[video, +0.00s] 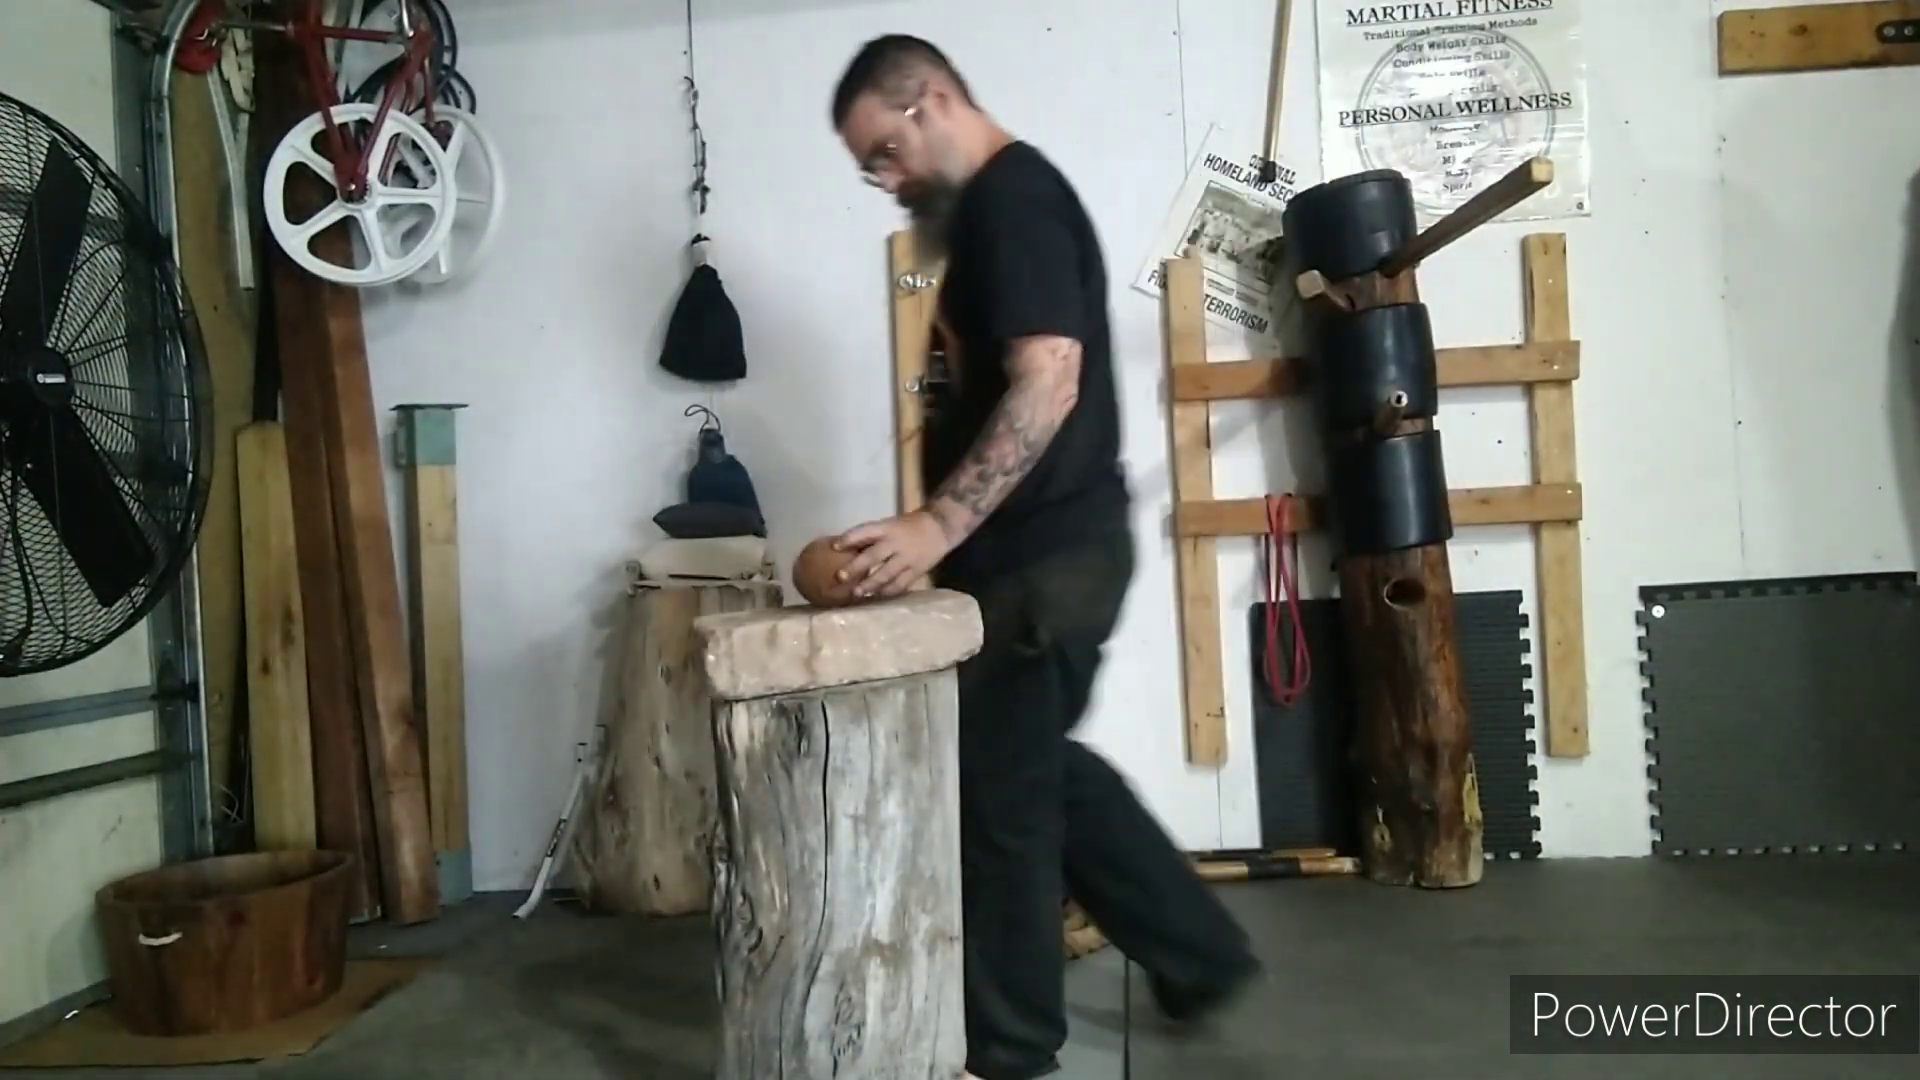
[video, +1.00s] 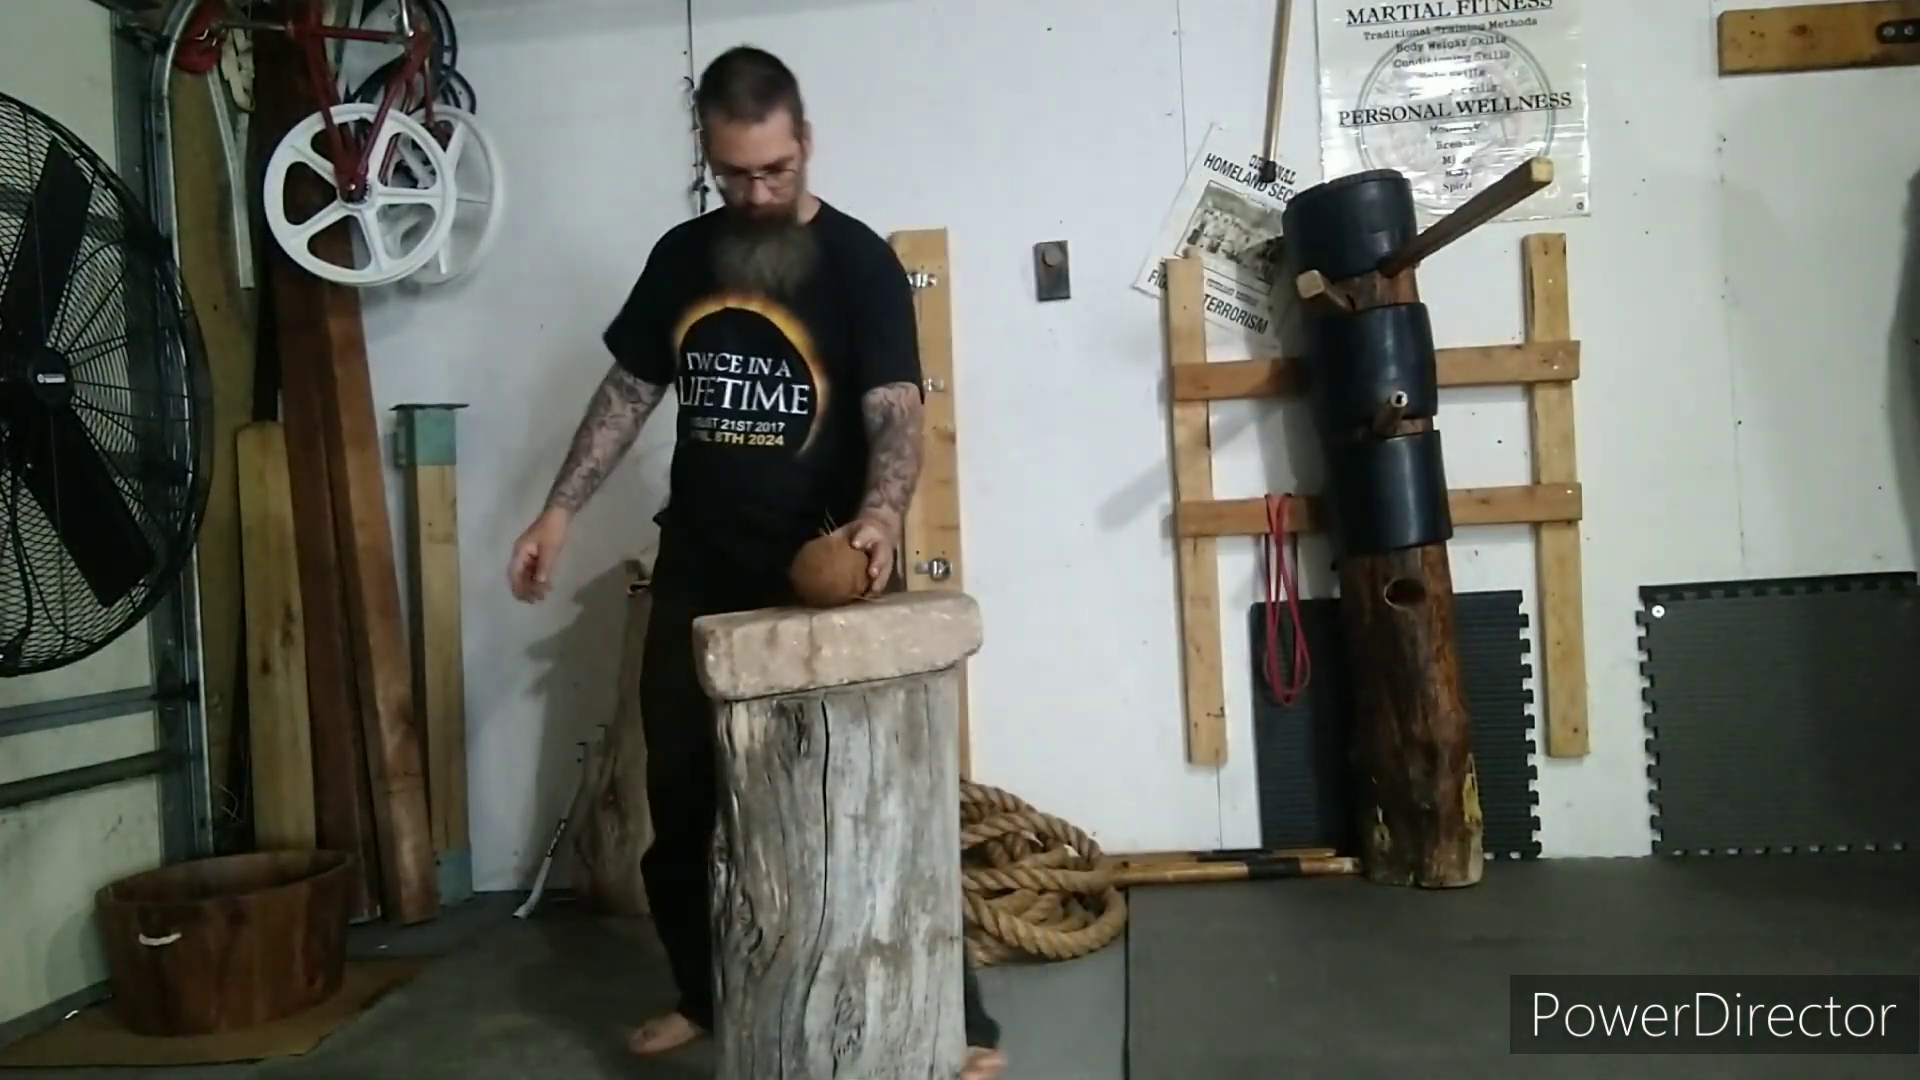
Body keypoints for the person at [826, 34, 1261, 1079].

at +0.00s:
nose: (881, 183)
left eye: (880, 155)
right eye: (869, 167)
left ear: (934, 103)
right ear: (927, 112)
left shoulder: (1015, 197)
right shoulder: (993, 203)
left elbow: (1047, 378)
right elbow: (1012, 381)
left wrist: (939, 523)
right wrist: (933, 525)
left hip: (1045, 545)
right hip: (1028, 545)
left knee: (1004, 788)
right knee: (1031, 763)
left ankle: (1014, 1047)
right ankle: (1203, 960)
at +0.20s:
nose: (849, 176)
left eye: (851, 147)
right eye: (834, 160)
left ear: (908, 99)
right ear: (891, 116)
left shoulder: (995, 202)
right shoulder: (933, 216)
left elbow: (1029, 385)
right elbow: (930, 379)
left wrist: (931, 521)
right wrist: (893, 530)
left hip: (992, 555)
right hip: (938, 552)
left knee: (991, 820)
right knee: (939, 815)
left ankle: (1013, 1050)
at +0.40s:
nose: (824, 176)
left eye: (832, 147)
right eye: (807, 160)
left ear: (886, 105)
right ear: (803, 140)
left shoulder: (971, 212)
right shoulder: (861, 225)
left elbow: (1014, 388)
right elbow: (871, 396)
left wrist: (931, 525)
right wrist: (826, 528)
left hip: (963, 556)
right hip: (870, 555)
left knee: (979, 819)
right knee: (885, 815)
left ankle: (1015, 1051)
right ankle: (894, 1045)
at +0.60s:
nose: (786, 191)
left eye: (801, 164)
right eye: (767, 173)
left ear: (846, 128)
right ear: (752, 158)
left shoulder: (921, 247)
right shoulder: (786, 250)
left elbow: (972, 409)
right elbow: (785, 415)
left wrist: (917, 528)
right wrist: (746, 546)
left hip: (890, 578)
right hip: (778, 572)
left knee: (932, 808)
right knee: (736, 798)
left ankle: (1014, 1033)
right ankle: (713, 998)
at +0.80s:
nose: (751, 197)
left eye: (769, 173)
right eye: (729, 178)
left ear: (804, 140)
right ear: (705, 161)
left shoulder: (870, 256)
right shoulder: (708, 256)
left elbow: (910, 416)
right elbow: (674, 404)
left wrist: (885, 520)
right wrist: (631, 526)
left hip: (836, 586)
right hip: (717, 581)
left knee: (871, 810)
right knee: (685, 806)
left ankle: (952, 1008)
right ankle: (705, 1001)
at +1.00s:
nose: (758, 190)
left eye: (775, 168)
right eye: (736, 171)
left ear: (806, 142)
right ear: (707, 153)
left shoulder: (862, 262)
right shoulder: (681, 257)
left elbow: (897, 421)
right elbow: (628, 391)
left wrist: (881, 521)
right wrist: (557, 512)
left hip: (828, 584)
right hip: (699, 578)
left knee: (874, 808)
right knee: (681, 805)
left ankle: (958, 1022)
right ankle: (700, 1000)